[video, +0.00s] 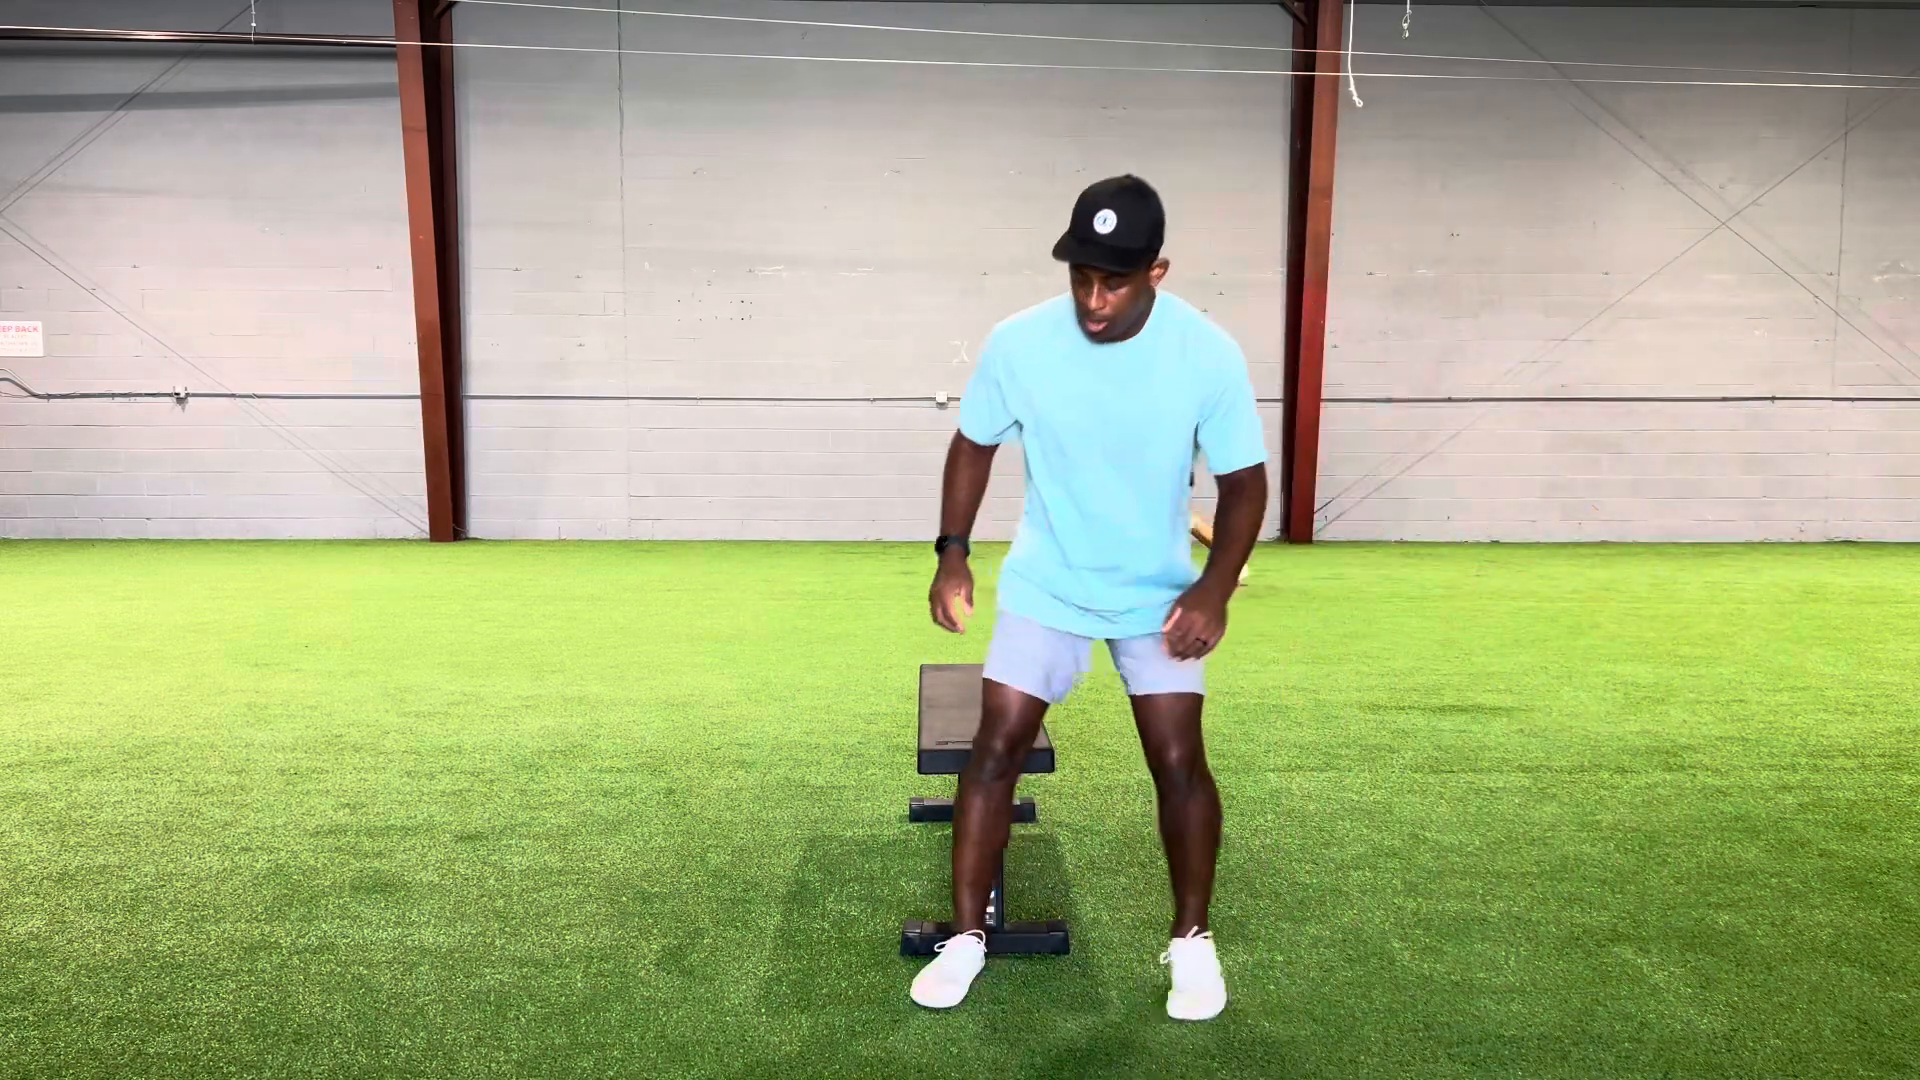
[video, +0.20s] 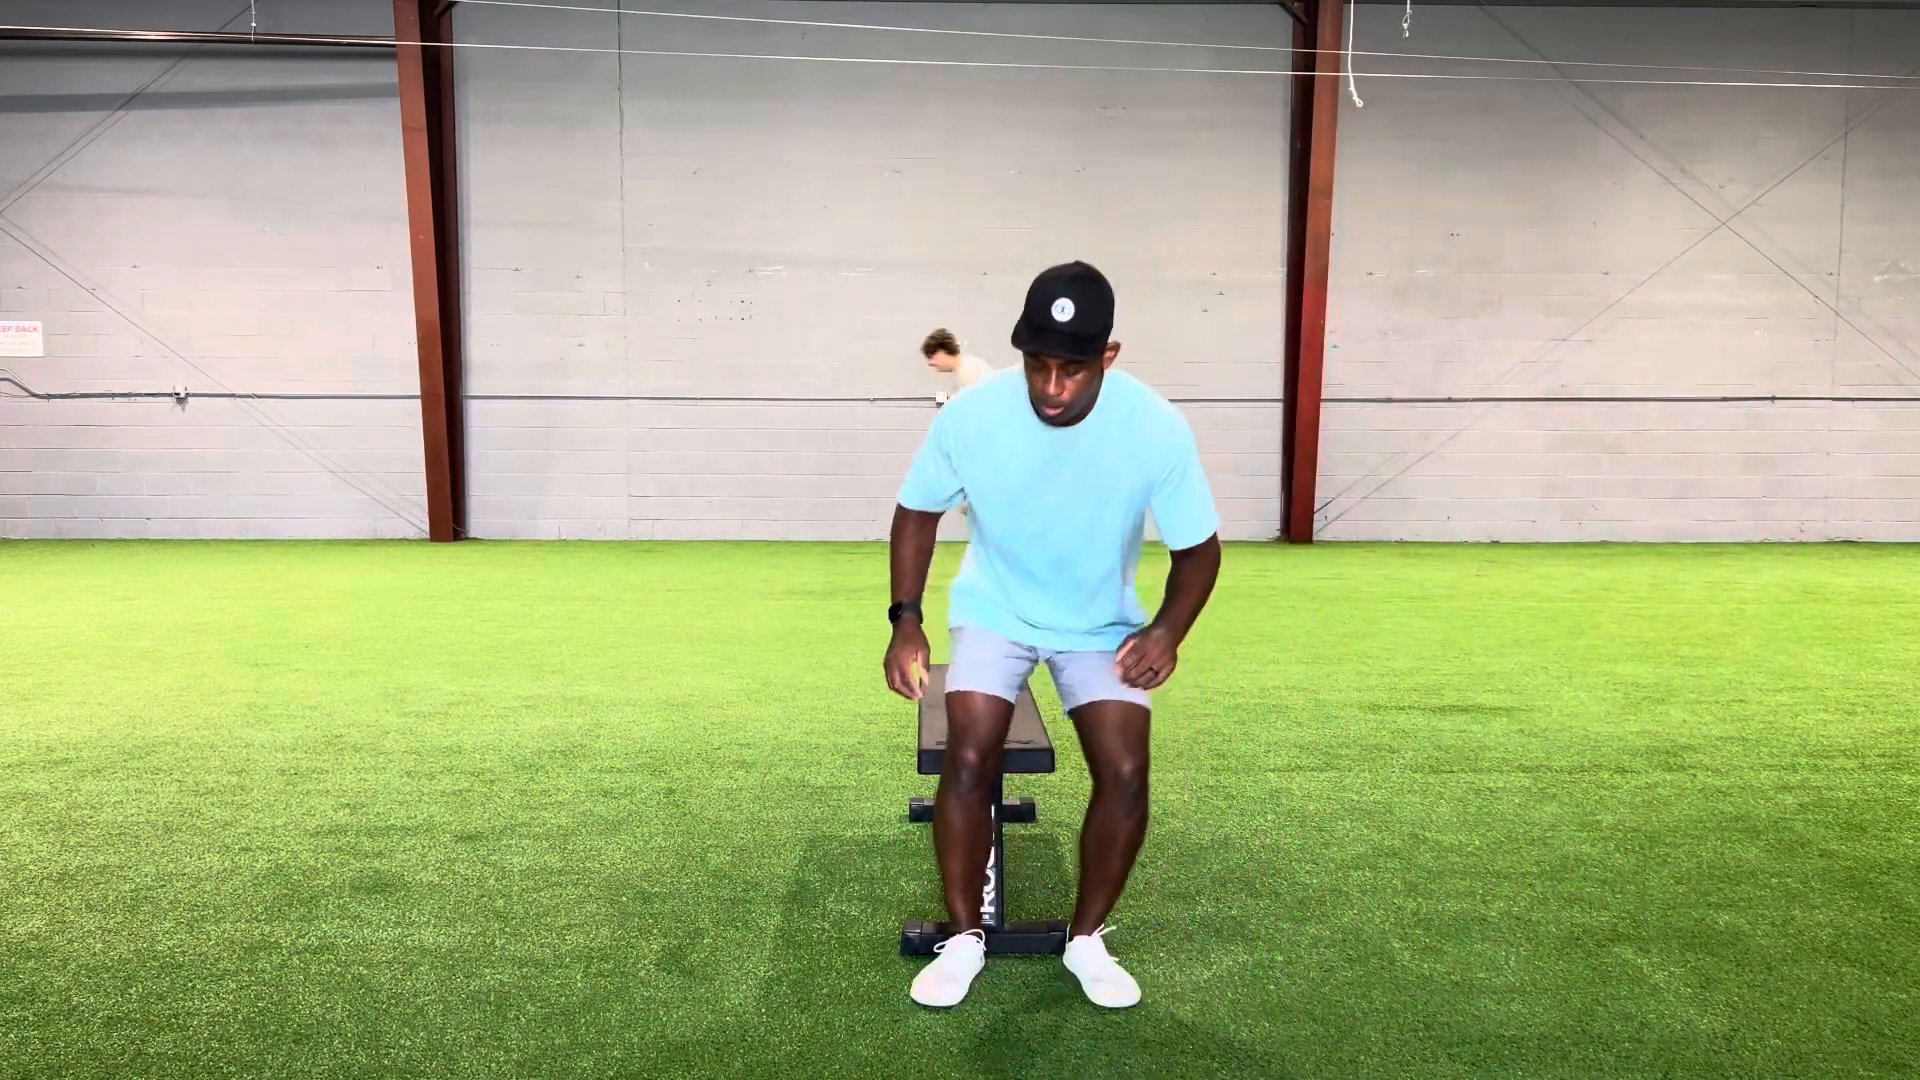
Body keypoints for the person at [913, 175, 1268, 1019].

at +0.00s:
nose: (1096, 297)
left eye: (1117, 280)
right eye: (1084, 275)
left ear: (1156, 273)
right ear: (1067, 262)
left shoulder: (1206, 356)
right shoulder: (1021, 343)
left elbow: (1246, 483)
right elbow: (972, 443)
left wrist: (1215, 587)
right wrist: (952, 550)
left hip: (1158, 590)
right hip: (1045, 581)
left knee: (1179, 762)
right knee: (998, 743)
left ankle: (1191, 938)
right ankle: (966, 934)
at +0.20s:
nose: (1053, 387)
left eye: (1073, 370)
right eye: (1039, 365)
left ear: (1108, 357)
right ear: (1020, 347)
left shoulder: (1155, 430)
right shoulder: (970, 417)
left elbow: (1200, 547)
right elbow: (916, 512)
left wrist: (1169, 631)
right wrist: (906, 619)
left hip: (1102, 621)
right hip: (993, 610)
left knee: (1126, 772)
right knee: (969, 757)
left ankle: (1086, 938)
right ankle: (965, 935)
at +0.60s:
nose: (1024, 448)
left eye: (1041, 431)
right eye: (1010, 429)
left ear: (1068, 426)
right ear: (990, 419)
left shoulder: (1107, 509)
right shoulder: (934, 498)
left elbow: (1156, 613)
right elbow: (883, 599)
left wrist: (1155, 672)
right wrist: (883, 678)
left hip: (1058, 687)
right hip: (955, 682)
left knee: (1103, 778)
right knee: (929, 771)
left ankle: (1083, 939)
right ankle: (962, 936)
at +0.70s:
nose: (1015, 431)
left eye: (1031, 413)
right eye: (1000, 413)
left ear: (1056, 410)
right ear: (981, 406)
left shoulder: (1097, 496)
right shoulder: (926, 490)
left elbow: (1132, 600)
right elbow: (891, 589)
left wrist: (1133, 658)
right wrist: (887, 665)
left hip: (1056, 679)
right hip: (953, 676)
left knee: (1103, 761)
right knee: (920, 758)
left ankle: (1082, 935)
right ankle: (959, 932)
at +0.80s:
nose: (1008, 419)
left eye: (1023, 403)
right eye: (994, 403)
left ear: (1048, 405)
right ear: (976, 404)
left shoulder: (1092, 492)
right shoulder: (922, 490)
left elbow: (1120, 595)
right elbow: (889, 586)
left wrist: (1120, 648)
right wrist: (889, 651)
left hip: (1054, 677)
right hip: (952, 676)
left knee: (1093, 745)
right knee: (923, 751)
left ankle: (1069, 927)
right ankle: (957, 928)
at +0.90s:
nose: (1008, 413)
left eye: (1022, 397)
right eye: (993, 398)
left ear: (1045, 401)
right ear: (974, 402)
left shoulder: (1089, 491)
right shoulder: (924, 490)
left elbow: (1115, 595)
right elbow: (885, 586)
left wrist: (1115, 639)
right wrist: (889, 636)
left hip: (1052, 675)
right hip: (954, 672)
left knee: (1085, 737)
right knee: (926, 732)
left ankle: (1052, 919)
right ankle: (952, 917)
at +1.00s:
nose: (1009, 407)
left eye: (1024, 392)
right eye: (995, 392)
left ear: (1046, 399)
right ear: (976, 399)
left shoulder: (1088, 490)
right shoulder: (924, 490)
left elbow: (1113, 591)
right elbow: (878, 588)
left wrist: (1112, 618)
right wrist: (897, 619)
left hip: (1050, 675)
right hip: (954, 670)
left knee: (1079, 743)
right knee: (926, 719)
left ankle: (1051, 933)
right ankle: (954, 900)